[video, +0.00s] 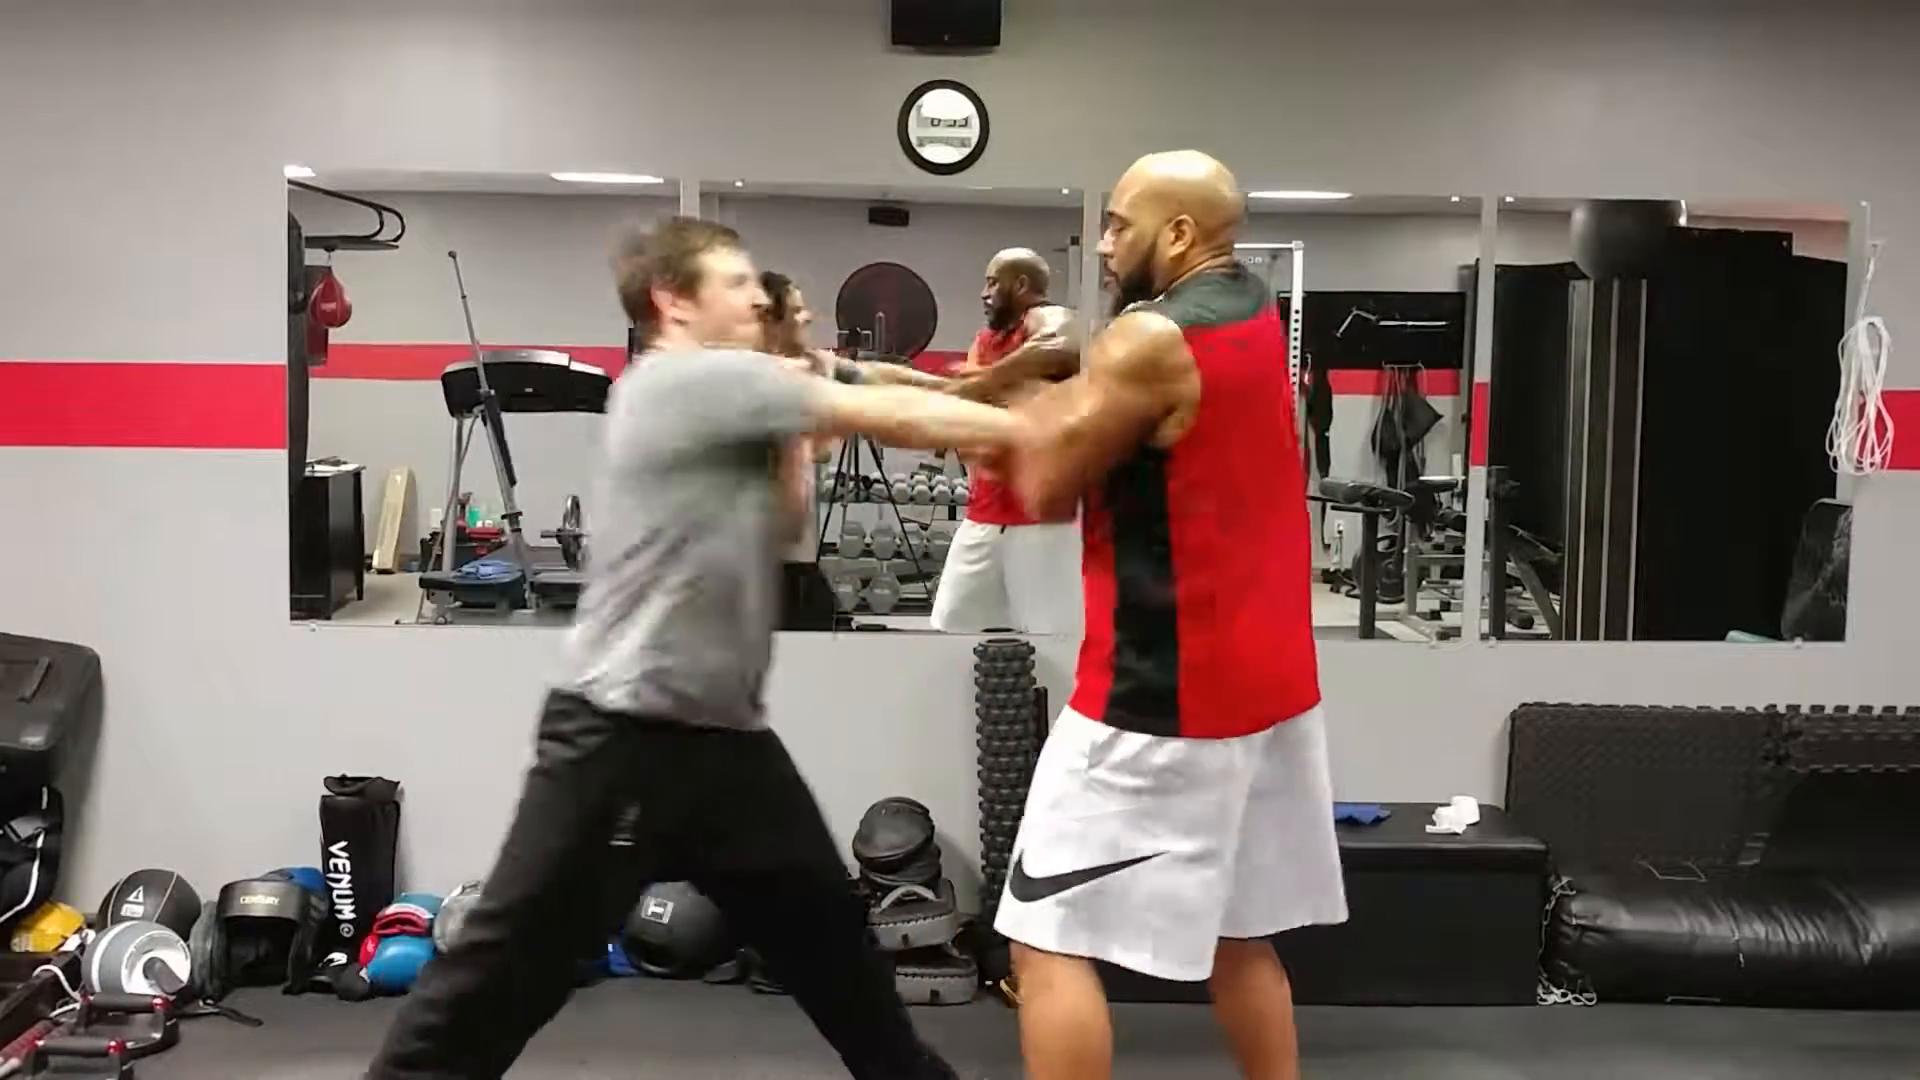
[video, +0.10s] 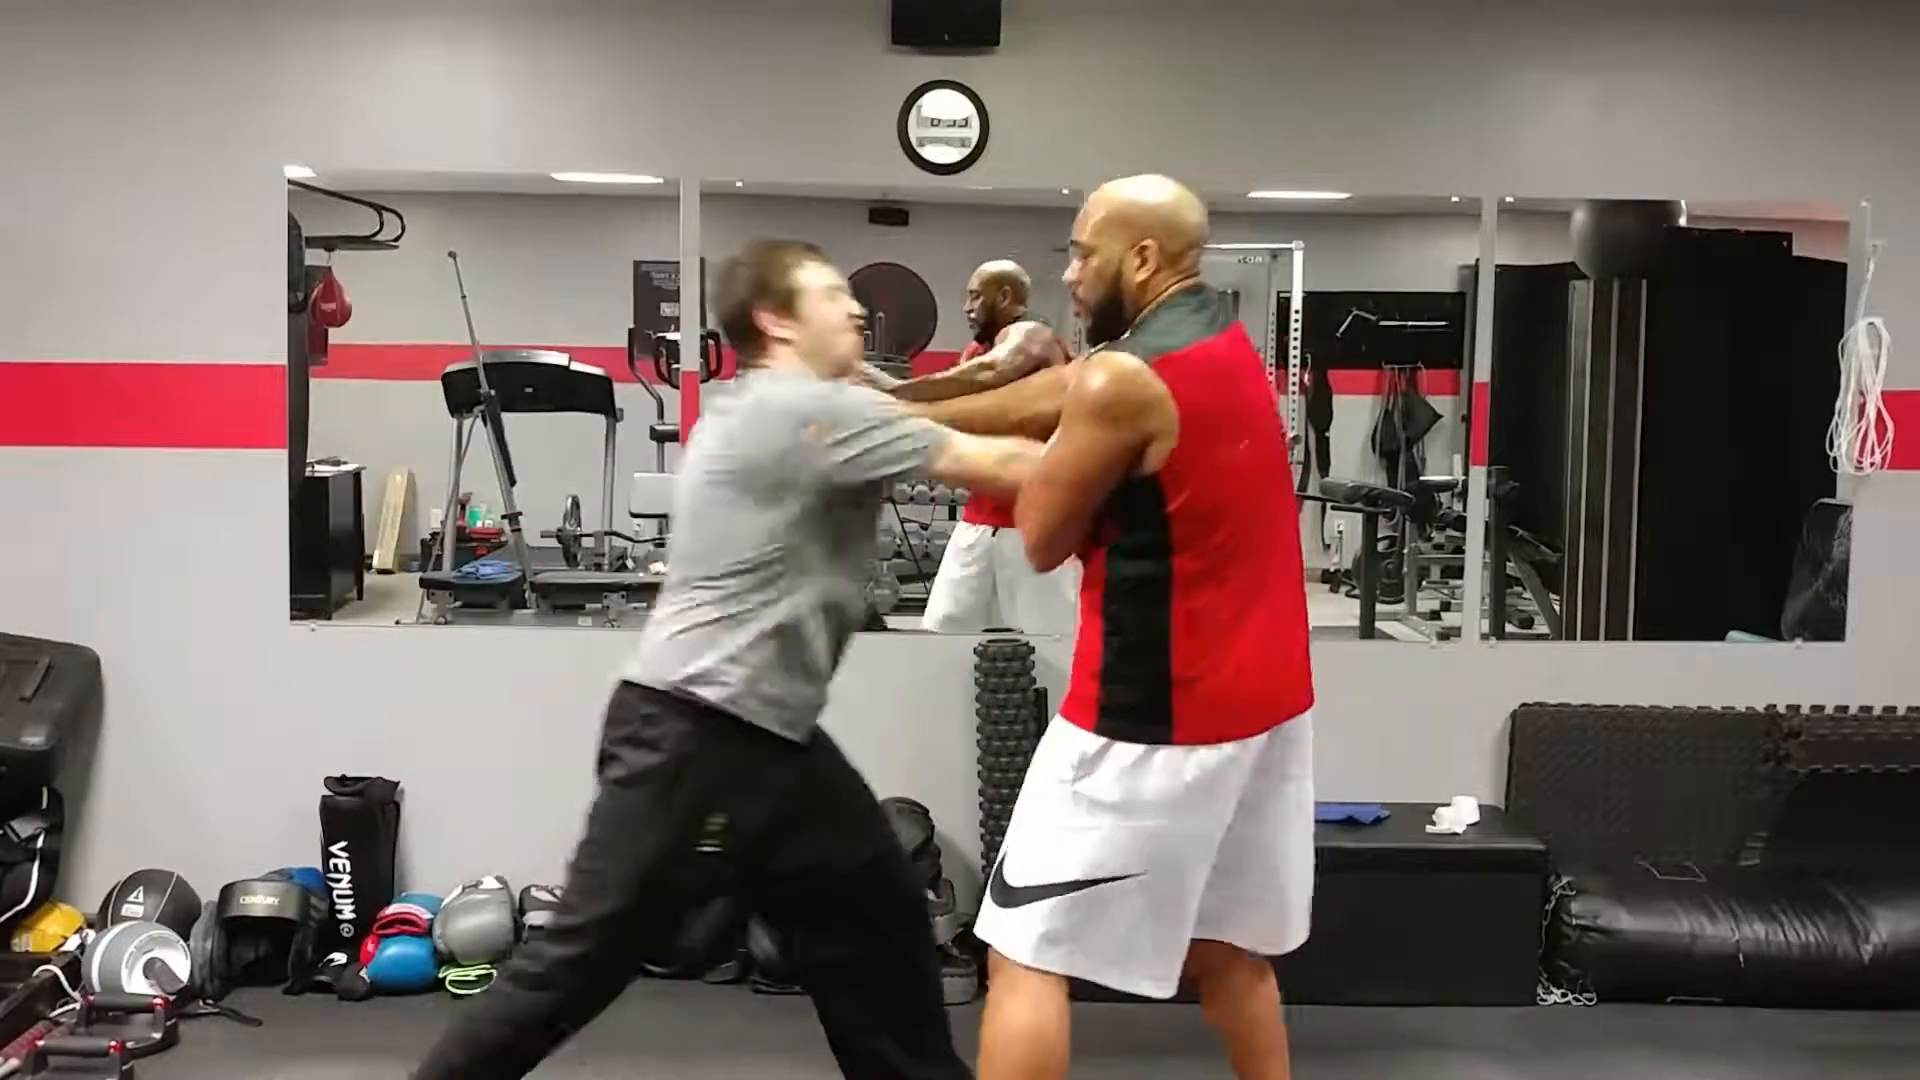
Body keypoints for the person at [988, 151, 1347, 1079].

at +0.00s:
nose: (1105, 245)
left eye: (1119, 227)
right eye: (1109, 225)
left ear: (1179, 235)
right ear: (1201, 237)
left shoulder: (1150, 340)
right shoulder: (1251, 312)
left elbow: (1046, 485)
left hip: (1153, 692)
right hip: (1265, 685)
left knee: (1045, 937)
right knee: (1237, 934)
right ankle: (1278, 1078)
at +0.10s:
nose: (1071, 273)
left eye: (1084, 254)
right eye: (1072, 254)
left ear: (1144, 260)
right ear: (1169, 261)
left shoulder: (1118, 379)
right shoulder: (1225, 347)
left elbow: (1040, 538)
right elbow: (1058, 405)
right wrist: (898, 412)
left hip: (1143, 715)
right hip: (1261, 703)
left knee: (1025, 951)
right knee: (1229, 953)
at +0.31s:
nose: (994, 308)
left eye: (1004, 287)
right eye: (996, 287)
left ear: (1055, 290)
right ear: (1094, 290)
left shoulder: (1075, 405)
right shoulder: (1151, 374)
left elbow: (1025, 586)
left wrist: (972, 572)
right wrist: (993, 407)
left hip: (1106, 732)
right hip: (1221, 718)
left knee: (942, 965)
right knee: (1201, 983)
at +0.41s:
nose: (998, 305)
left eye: (1007, 286)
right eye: (1000, 287)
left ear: (1053, 290)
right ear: (1109, 289)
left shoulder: (1041, 393)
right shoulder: (1170, 378)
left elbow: (890, 506)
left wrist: (806, 570)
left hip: (1070, 736)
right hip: (1202, 727)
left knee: (918, 961)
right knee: (1182, 957)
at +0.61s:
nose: (1013, 288)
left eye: (1023, 272)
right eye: (1016, 272)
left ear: (1067, 275)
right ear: (1127, 280)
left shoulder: (1023, 359)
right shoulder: (1212, 388)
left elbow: (853, 396)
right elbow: (1285, 533)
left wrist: (796, 353)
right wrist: (1166, 550)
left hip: (1060, 728)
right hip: (1204, 722)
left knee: (915, 963)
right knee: (1178, 938)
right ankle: (1256, 1079)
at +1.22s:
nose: (1100, 268)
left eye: (1110, 249)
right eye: (1101, 250)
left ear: (1163, 247)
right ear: (1201, 253)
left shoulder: (1130, 355)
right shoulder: (1298, 359)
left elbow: (963, 433)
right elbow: (1378, 506)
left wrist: (841, 389)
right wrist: (1270, 549)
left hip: (1165, 699)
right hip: (1299, 694)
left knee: (1014, 937)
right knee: (1222, 925)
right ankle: (1276, 1075)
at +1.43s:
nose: (1137, 255)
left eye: (1152, 234)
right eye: (1138, 235)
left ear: (1212, 232)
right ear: (1231, 237)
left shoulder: (1205, 338)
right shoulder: (1316, 333)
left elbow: (1054, 436)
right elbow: (1383, 488)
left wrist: (891, 425)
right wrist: (1221, 471)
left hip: (1234, 678)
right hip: (1346, 676)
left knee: (1086, 906)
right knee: (1273, 925)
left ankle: (1169, 1071)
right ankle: (1289, 1077)